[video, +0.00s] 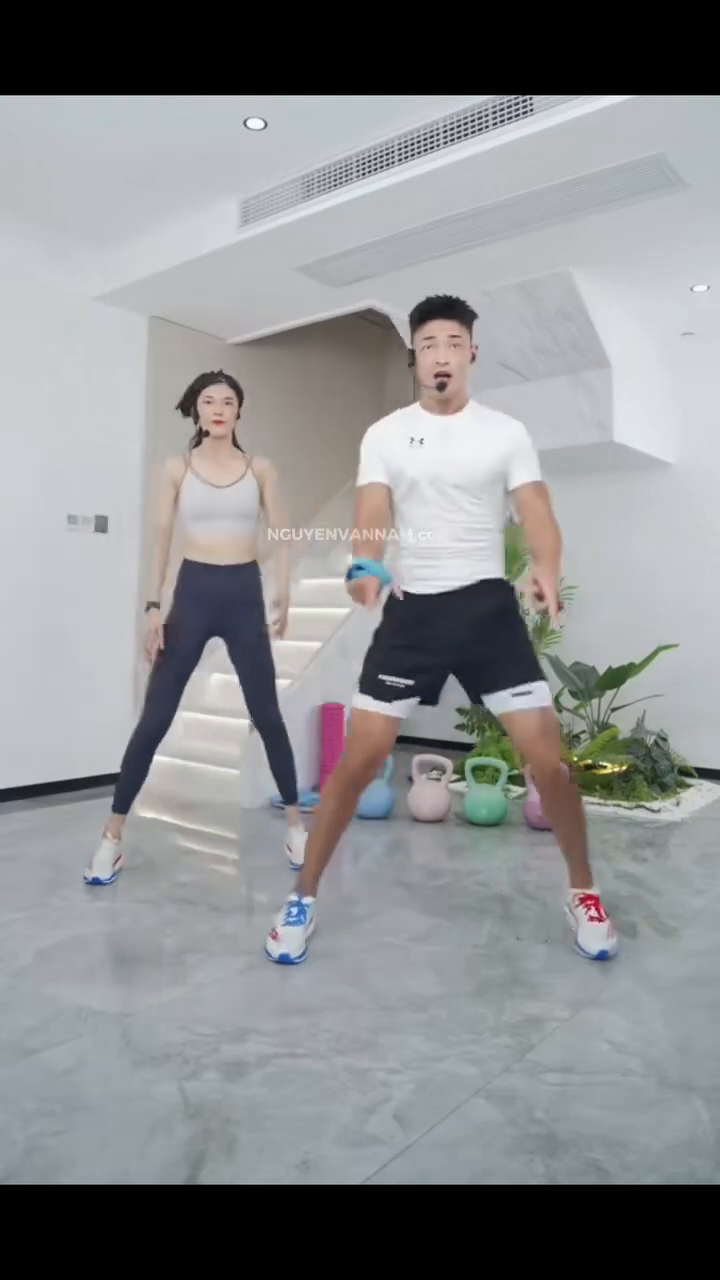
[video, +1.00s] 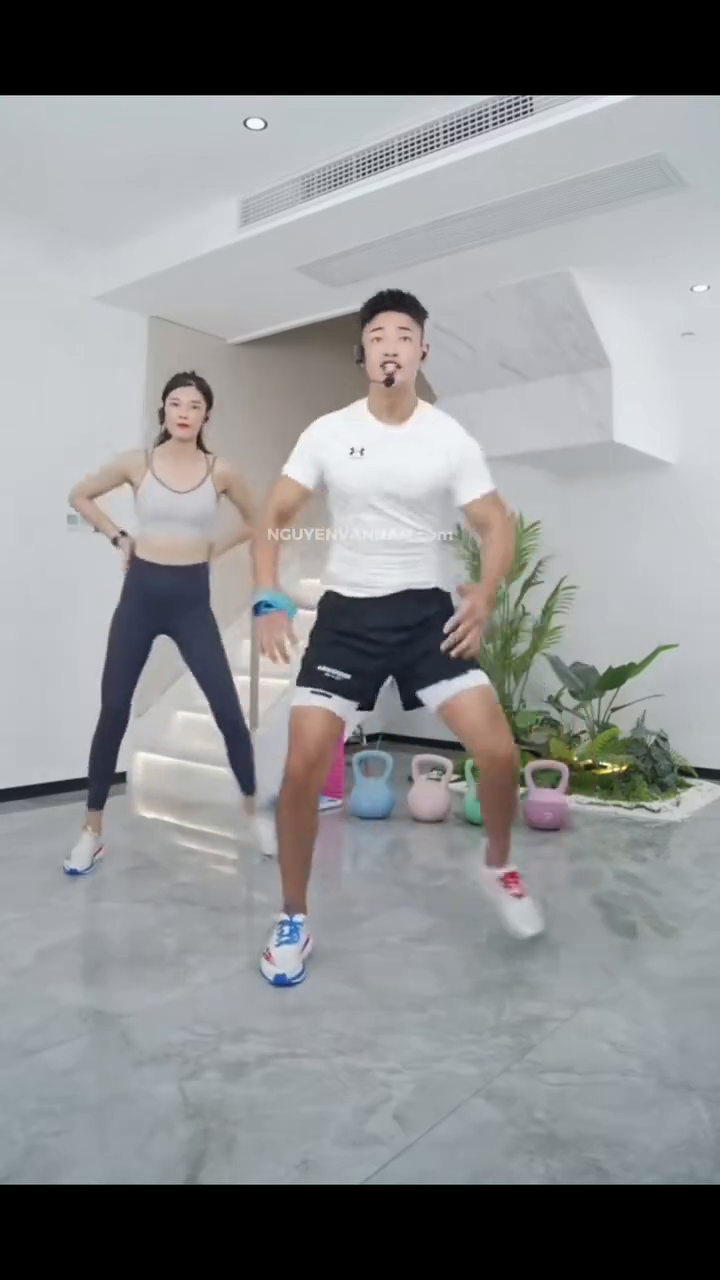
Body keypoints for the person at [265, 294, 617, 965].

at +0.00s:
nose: (440, 357)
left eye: (453, 344)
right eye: (427, 346)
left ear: (473, 355)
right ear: (413, 359)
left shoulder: (505, 433)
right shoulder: (385, 435)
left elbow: (537, 517)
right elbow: (370, 517)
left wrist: (546, 570)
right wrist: (364, 566)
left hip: (489, 612)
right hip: (410, 616)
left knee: (549, 765)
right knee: (359, 760)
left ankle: (583, 892)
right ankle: (301, 900)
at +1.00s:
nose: (389, 347)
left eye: (402, 336)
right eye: (377, 337)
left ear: (423, 351)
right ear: (362, 355)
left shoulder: (451, 439)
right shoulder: (326, 435)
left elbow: (497, 527)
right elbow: (271, 520)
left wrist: (486, 594)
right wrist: (269, 600)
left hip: (429, 617)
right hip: (345, 619)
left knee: (499, 752)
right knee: (303, 762)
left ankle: (498, 868)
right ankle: (292, 919)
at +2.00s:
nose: (511, 344)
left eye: (524, 332)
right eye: (498, 332)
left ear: (543, 344)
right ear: (478, 347)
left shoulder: (577, 421)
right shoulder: (451, 426)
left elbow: (607, 493)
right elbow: (436, 500)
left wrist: (630, 549)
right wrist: (429, 557)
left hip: (558, 597)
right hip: (478, 597)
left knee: (583, 751)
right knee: (466, 727)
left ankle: (597, 912)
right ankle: (462, 882)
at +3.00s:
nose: (381, 310)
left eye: (395, 299)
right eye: (369, 300)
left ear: (415, 315)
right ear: (353, 317)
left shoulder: (454, 407)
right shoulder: (319, 406)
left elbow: (477, 504)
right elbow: (297, 499)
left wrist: (469, 587)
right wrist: (311, 577)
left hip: (423, 600)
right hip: (342, 598)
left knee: (394, 777)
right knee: (329, 759)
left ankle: (360, 892)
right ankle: (321, 925)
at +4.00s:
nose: (499, 316)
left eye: (512, 305)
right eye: (486, 306)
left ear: (531, 318)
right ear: (468, 322)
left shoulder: (568, 409)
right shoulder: (436, 411)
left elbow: (592, 507)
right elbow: (416, 513)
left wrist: (577, 582)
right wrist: (423, 552)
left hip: (541, 602)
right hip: (459, 601)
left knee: (551, 777)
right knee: (425, 768)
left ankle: (563, 927)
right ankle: (440, 888)